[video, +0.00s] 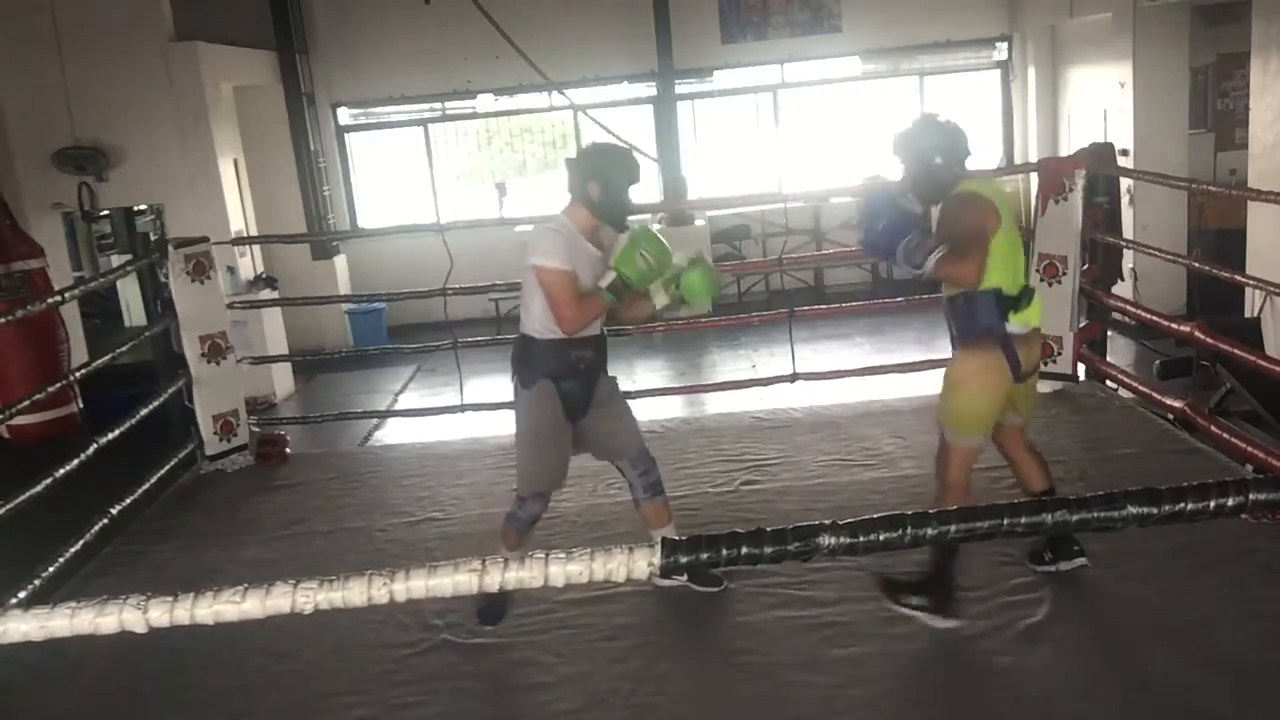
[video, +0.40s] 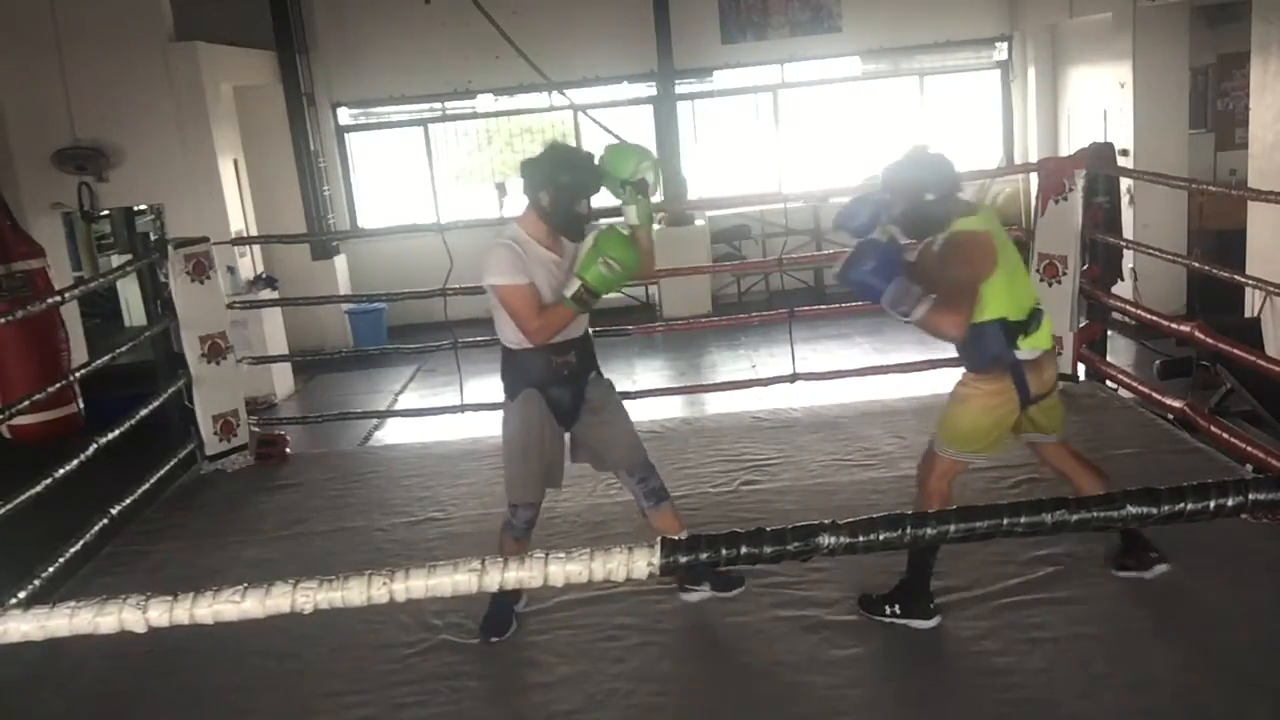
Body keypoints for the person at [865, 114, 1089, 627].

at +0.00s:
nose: (906, 177)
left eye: (908, 164)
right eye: (903, 166)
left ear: (932, 161)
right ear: (955, 156)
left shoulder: (962, 204)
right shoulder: (994, 194)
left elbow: (967, 269)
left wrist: (914, 252)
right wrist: (917, 243)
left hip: (982, 355)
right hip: (1023, 345)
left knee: (953, 468)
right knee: (1012, 439)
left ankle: (939, 583)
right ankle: (1060, 536)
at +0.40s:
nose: (898, 217)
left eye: (899, 207)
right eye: (895, 208)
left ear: (920, 203)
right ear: (946, 190)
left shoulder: (962, 241)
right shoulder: (982, 223)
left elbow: (955, 325)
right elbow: (929, 268)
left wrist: (895, 292)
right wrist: (885, 248)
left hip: (995, 378)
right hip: (1039, 364)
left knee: (935, 474)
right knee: (1055, 450)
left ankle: (914, 592)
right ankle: (1136, 542)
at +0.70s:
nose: (970, 205)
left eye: (971, 195)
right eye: (968, 197)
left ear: (989, 195)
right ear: (1017, 184)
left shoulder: (1030, 235)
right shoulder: (1055, 223)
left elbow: (1035, 293)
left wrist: (972, 258)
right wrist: (956, 243)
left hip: (1041, 384)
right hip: (1090, 375)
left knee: (976, 482)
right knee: (1099, 470)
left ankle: (927, 590)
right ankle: (1164, 568)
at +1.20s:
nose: (962, 198)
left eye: (962, 188)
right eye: (959, 189)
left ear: (979, 186)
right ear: (1009, 176)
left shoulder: (1002, 229)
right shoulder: (1055, 209)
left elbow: (942, 273)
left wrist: (917, 208)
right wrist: (952, 209)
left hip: (1045, 375)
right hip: (1099, 361)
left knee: (988, 476)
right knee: (1106, 454)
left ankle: (965, 597)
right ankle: (1164, 557)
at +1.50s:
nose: (988, 202)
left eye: (989, 191)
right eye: (985, 192)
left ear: (1008, 190)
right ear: (1039, 179)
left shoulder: (1040, 232)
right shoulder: (1080, 216)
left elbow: (1024, 298)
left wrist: (973, 260)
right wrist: (986, 241)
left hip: (1064, 374)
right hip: (1114, 361)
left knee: (996, 478)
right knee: (1131, 448)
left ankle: (965, 595)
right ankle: (1194, 541)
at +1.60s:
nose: (1024, 204)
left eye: (1027, 193)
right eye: (1022, 194)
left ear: (1053, 190)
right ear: (1073, 183)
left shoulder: (1089, 232)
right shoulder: (1105, 221)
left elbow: (1113, 301)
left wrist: (1048, 285)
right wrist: (1020, 252)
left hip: (1098, 374)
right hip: (1141, 366)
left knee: (1022, 475)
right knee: (1144, 455)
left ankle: (968, 584)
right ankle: (1204, 551)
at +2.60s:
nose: (1085, 202)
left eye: (1085, 193)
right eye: (1082, 193)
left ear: (1101, 192)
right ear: (1130, 180)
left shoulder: (1130, 235)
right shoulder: (1182, 216)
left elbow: (1083, 294)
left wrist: (1040, 234)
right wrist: (1078, 229)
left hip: (1150, 384)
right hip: (1212, 371)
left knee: (1071, 473)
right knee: (1224, 461)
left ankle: (1041, 588)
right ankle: (1274, 546)